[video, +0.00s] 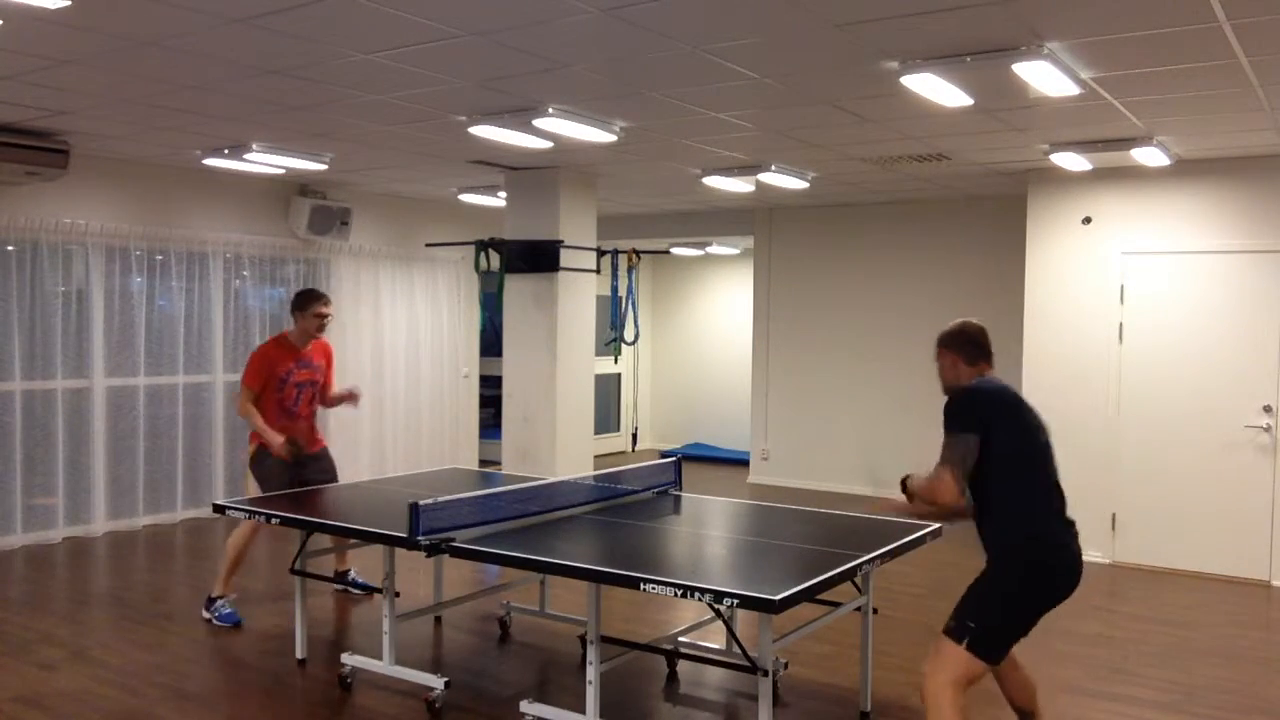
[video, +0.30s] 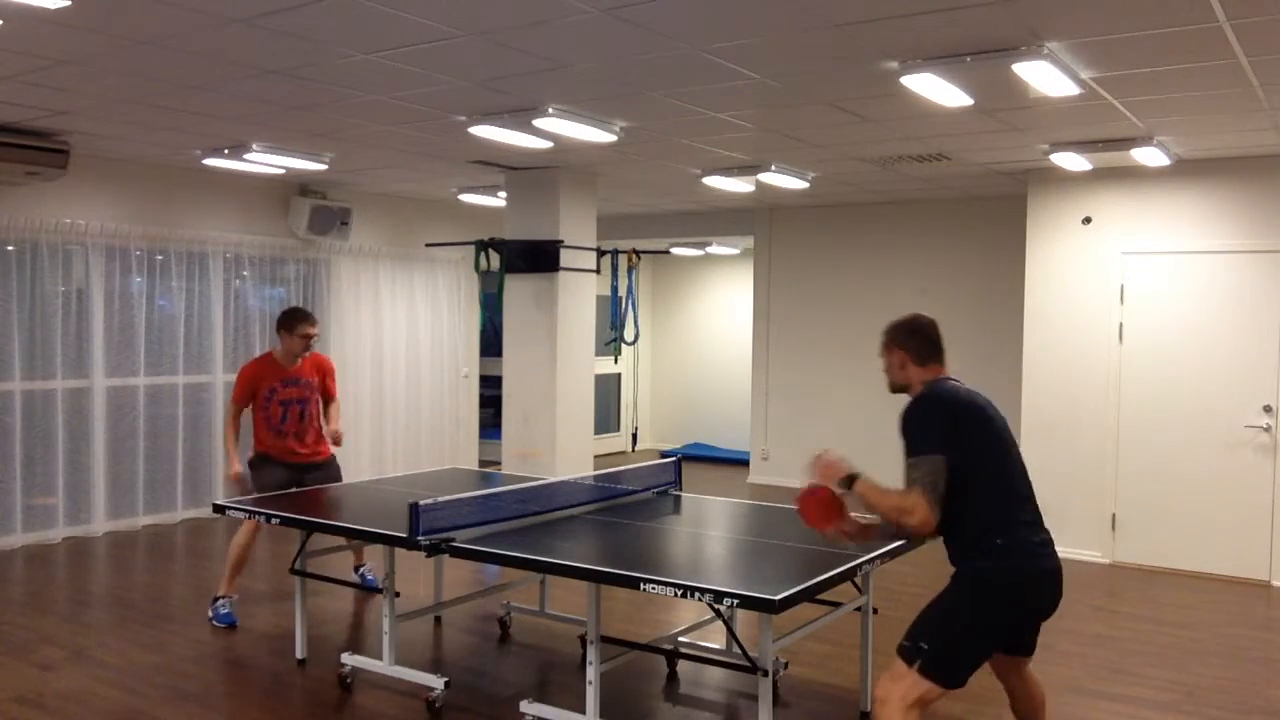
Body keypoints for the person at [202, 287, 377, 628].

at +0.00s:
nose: (325, 323)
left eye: (328, 317)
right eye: (319, 317)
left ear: (327, 319)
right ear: (297, 316)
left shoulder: (323, 351)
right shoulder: (267, 354)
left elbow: (323, 398)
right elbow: (244, 403)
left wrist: (341, 397)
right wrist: (270, 435)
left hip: (311, 447)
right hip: (272, 450)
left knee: (337, 509)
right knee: (258, 517)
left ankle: (342, 572)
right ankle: (217, 597)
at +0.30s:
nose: (311, 343)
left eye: (314, 337)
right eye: (306, 337)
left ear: (314, 337)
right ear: (284, 335)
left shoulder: (321, 366)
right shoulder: (255, 371)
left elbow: (331, 400)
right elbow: (235, 412)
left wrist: (333, 424)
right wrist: (233, 459)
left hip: (317, 459)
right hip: (273, 461)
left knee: (348, 513)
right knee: (256, 518)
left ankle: (361, 566)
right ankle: (223, 597)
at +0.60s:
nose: (326, 331)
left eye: (329, 325)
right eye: (322, 324)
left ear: (317, 325)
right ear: (302, 320)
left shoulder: (307, 354)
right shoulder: (277, 358)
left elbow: (303, 404)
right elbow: (283, 416)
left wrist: (340, 414)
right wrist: (336, 429)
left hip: (296, 447)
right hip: (261, 449)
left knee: (325, 504)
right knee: (256, 512)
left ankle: (342, 562)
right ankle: (220, 597)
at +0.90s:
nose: (351, 324)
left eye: (353, 319)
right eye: (345, 318)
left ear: (349, 323)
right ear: (327, 318)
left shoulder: (330, 355)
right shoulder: (304, 354)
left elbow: (314, 410)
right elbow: (291, 409)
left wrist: (334, 439)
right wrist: (328, 441)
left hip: (310, 446)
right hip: (275, 447)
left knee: (327, 507)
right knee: (251, 513)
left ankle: (325, 565)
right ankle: (223, 589)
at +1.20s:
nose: (332, 309)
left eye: (335, 304)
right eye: (326, 303)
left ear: (336, 307)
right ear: (308, 305)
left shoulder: (327, 340)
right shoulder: (284, 340)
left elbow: (321, 388)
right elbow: (267, 395)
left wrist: (349, 420)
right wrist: (288, 435)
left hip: (310, 434)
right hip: (275, 433)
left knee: (319, 501)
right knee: (259, 505)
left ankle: (324, 562)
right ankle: (242, 575)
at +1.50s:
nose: (304, 301)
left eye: (307, 296)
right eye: (297, 296)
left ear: (310, 299)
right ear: (279, 299)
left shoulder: (316, 335)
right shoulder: (259, 338)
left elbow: (319, 380)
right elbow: (246, 388)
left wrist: (338, 422)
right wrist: (245, 434)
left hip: (304, 435)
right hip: (266, 435)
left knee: (312, 501)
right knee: (250, 506)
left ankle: (324, 563)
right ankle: (241, 576)